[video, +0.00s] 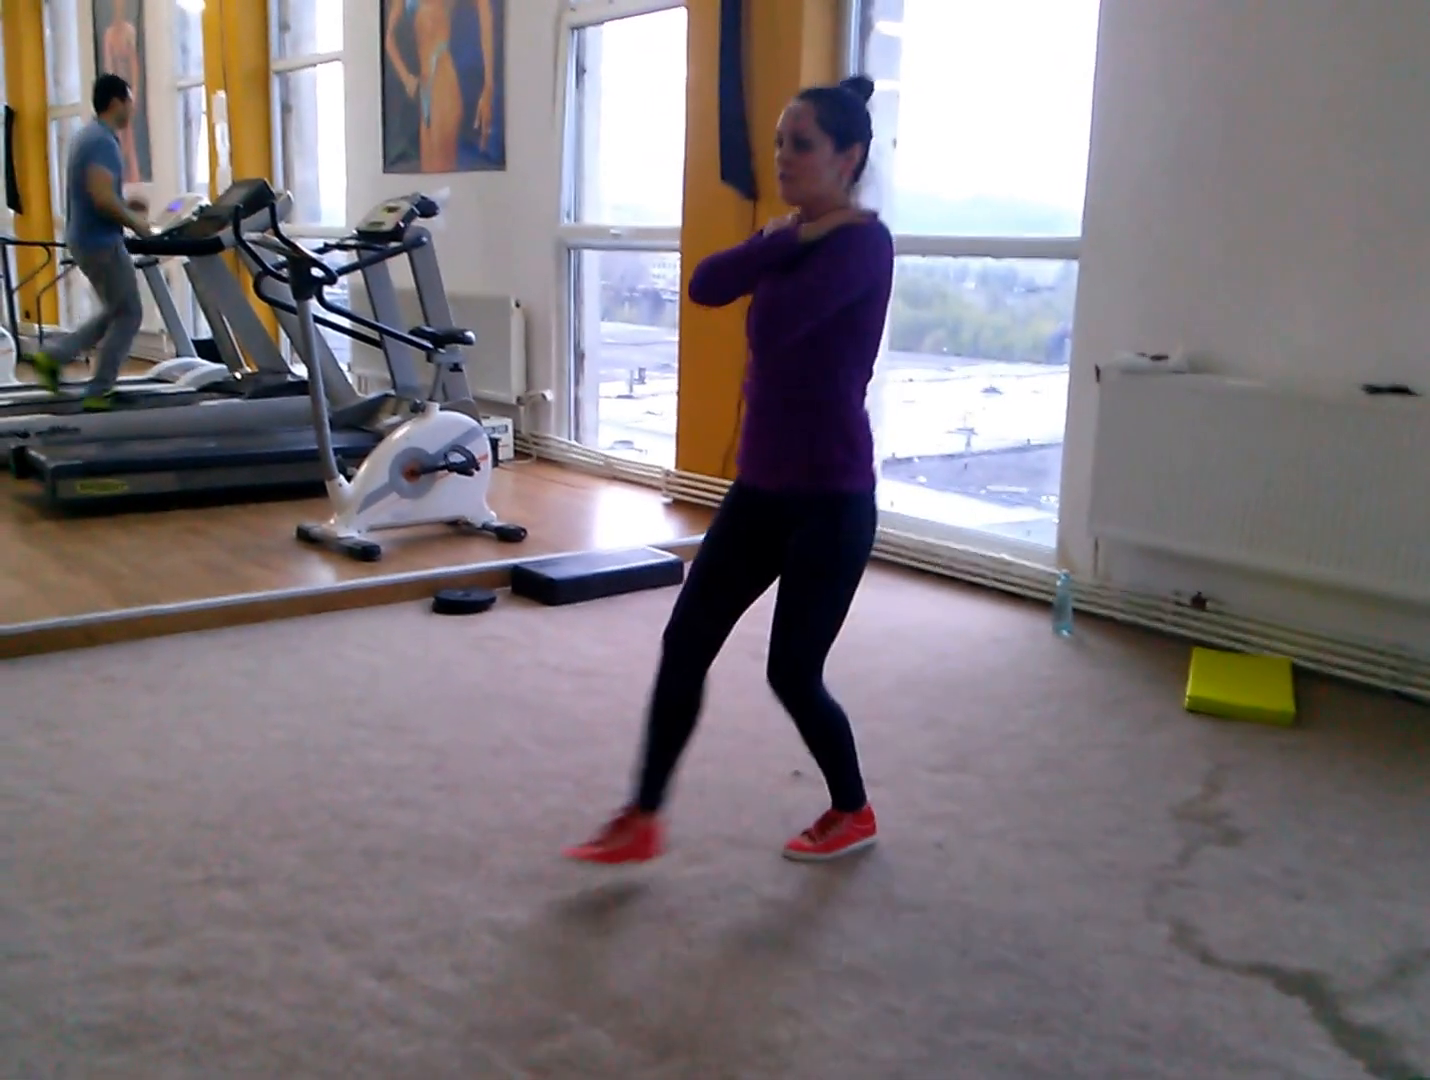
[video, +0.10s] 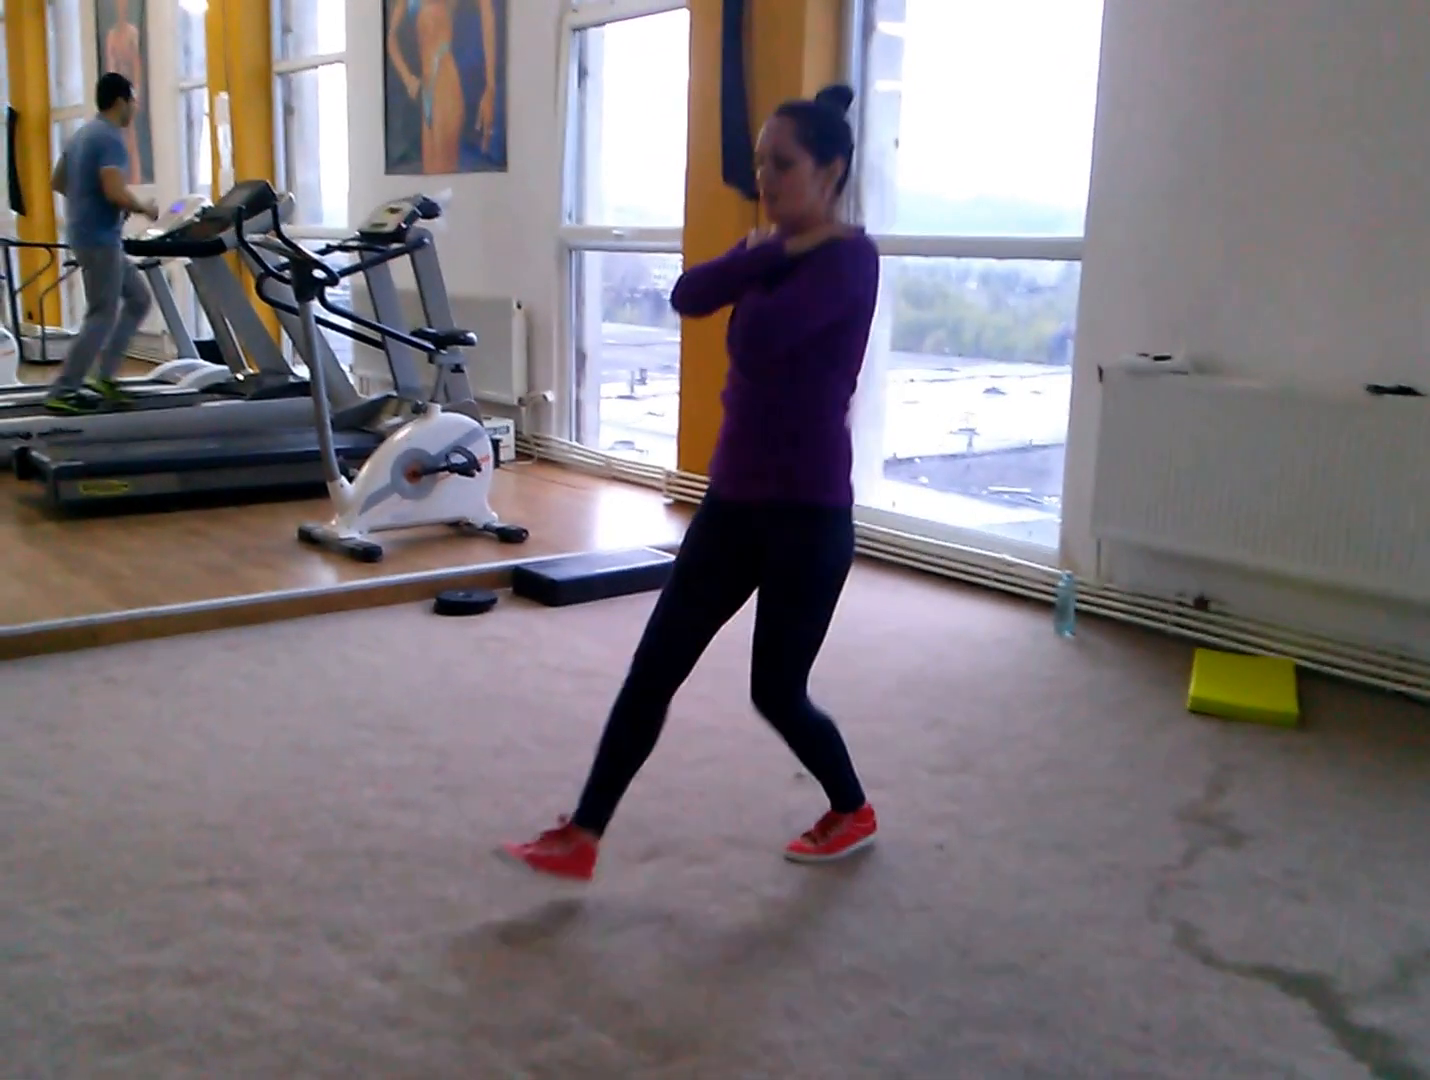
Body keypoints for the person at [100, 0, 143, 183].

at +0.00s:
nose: (119, 9)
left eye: (121, 6)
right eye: (117, 6)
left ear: (124, 8)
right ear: (113, 9)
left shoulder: (129, 29)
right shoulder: (109, 32)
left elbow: (133, 59)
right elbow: (108, 61)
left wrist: (135, 89)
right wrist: (108, 85)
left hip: (127, 86)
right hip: (114, 87)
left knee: (128, 127)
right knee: (116, 128)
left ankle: (133, 171)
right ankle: (119, 169)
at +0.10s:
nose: (122, 9)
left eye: (124, 6)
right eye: (120, 6)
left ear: (127, 9)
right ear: (116, 9)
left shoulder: (132, 31)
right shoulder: (111, 33)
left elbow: (135, 59)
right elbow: (110, 61)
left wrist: (136, 88)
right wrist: (108, 84)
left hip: (129, 87)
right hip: (114, 87)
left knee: (130, 129)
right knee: (115, 129)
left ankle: (134, 175)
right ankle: (117, 172)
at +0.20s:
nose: (123, 11)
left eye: (125, 7)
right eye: (120, 7)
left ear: (129, 9)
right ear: (117, 9)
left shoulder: (134, 33)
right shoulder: (114, 35)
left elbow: (138, 60)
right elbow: (112, 61)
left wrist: (138, 86)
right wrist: (112, 82)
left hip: (132, 86)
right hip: (117, 86)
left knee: (131, 128)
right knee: (119, 128)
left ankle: (137, 175)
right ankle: (122, 172)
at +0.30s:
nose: (124, 10)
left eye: (127, 6)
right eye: (122, 6)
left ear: (131, 9)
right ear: (119, 9)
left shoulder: (137, 34)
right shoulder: (116, 35)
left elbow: (140, 63)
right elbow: (114, 63)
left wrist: (140, 92)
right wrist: (114, 86)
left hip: (135, 88)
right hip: (121, 88)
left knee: (133, 128)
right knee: (121, 128)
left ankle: (138, 174)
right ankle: (123, 172)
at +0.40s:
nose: (127, 15)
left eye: (129, 10)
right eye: (125, 11)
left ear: (133, 13)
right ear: (122, 14)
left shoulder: (140, 37)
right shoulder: (118, 39)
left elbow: (143, 67)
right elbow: (116, 68)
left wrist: (143, 96)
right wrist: (116, 93)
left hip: (138, 89)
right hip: (124, 89)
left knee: (136, 132)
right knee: (125, 133)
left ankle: (141, 176)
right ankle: (128, 174)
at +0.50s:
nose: (129, 11)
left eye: (131, 7)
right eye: (126, 7)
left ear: (135, 10)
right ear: (123, 11)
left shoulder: (140, 38)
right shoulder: (120, 40)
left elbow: (144, 69)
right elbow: (118, 68)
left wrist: (145, 99)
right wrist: (118, 91)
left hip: (140, 93)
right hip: (124, 93)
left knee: (138, 132)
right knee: (127, 134)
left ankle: (142, 178)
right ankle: (129, 177)